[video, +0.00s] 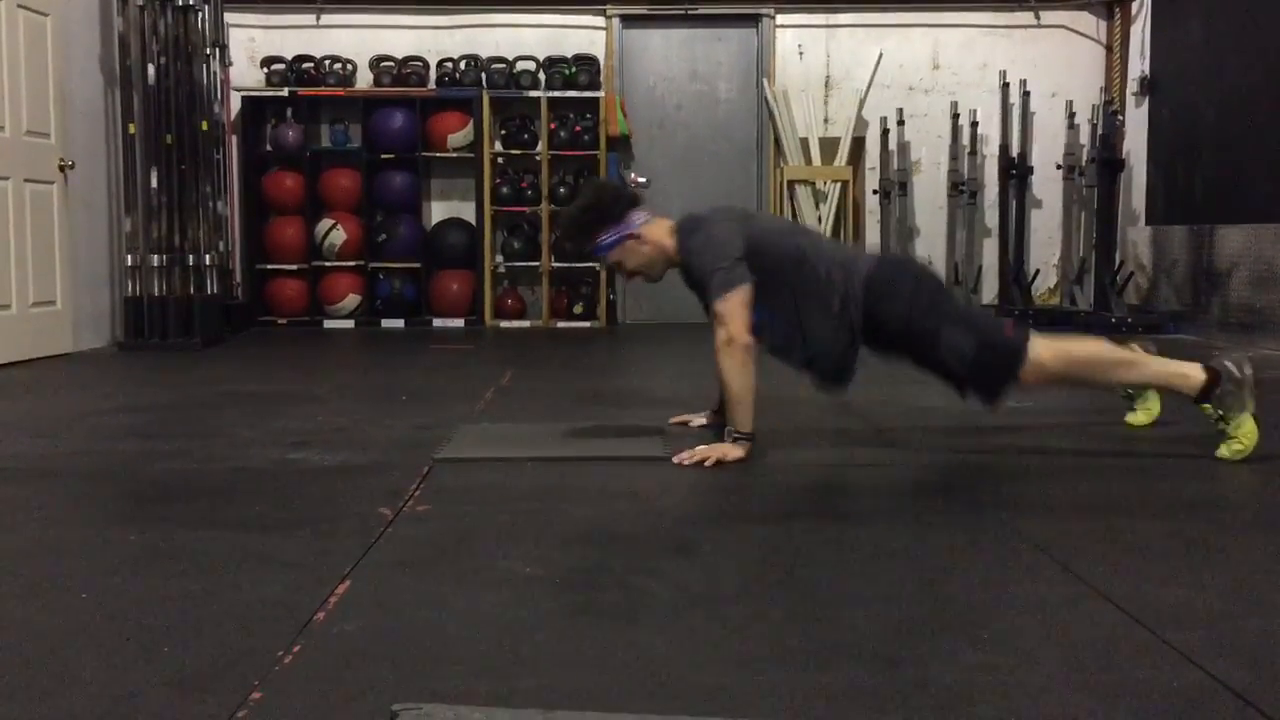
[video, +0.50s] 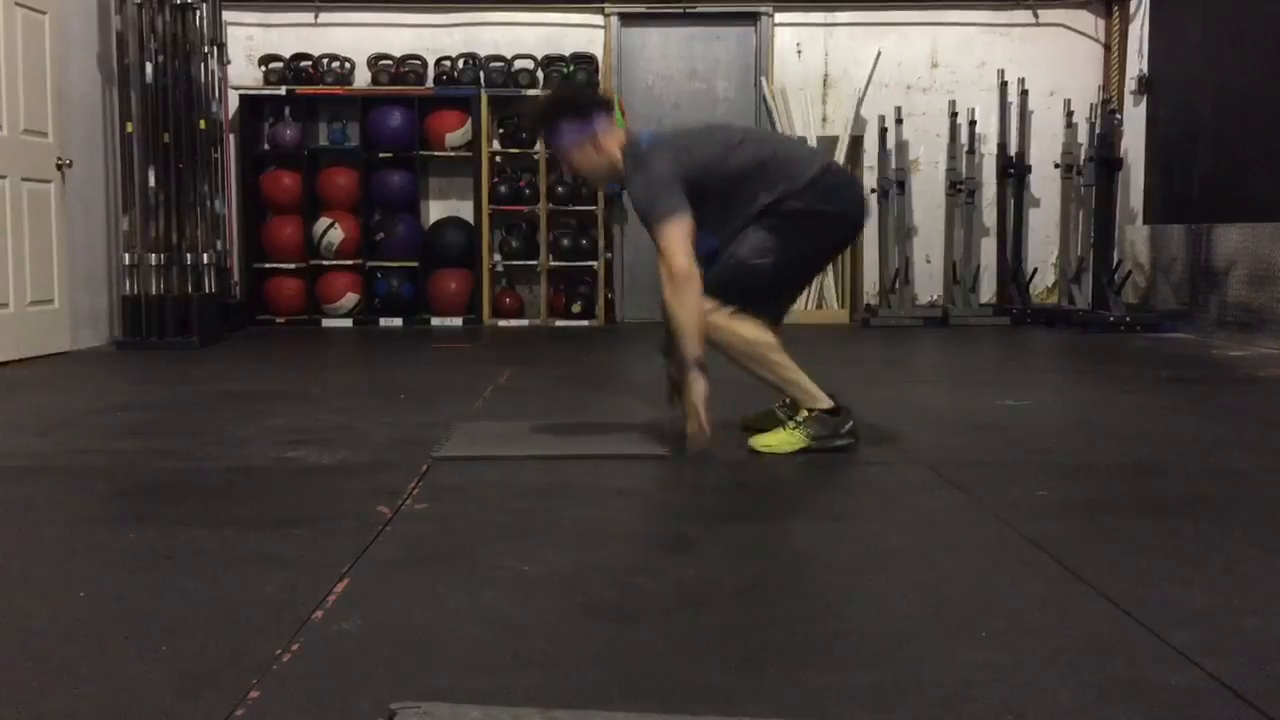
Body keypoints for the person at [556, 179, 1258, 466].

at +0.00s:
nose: (623, 272)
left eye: (615, 259)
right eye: (613, 264)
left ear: (632, 229)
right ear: (632, 232)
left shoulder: (710, 235)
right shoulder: (694, 246)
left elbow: (736, 338)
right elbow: (729, 338)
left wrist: (738, 439)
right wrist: (726, 417)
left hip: (883, 294)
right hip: (875, 303)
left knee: (1020, 357)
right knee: (1006, 349)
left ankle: (1197, 376)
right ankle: (1135, 360)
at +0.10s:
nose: (617, 287)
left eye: (609, 276)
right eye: (606, 283)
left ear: (622, 243)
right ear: (622, 249)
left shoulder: (683, 232)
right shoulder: (677, 240)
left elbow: (715, 338)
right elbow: (715, 336)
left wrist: (735, 435)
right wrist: (719, 411)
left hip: (870, 219)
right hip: (863, 253)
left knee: (987, 320)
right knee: (979, 324)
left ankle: (1148, 359)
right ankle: (1101, 357)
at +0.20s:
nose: (640, 289)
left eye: (629, 281)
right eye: (630, 286)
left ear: (636, 246)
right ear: (639, 241)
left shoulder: (697, 226)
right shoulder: (687, 226)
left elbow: (727, 333)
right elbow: (719, 322)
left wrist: (736, 437)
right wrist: (721, 407)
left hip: (861, 149)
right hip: (847, 162)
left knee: (874, 300)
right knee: (868, 301)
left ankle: (1024, 357)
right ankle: (1000, 350)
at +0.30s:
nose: (648, 277)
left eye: (638, 269)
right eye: (636, 275)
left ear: (646, 233)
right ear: (647, 223)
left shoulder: (706, 219)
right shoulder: (694, 214)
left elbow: (730, 332)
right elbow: (722, 322)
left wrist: (736, 435)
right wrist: (718, 410)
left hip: (859, 135)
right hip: (845, 134)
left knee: (780, 268)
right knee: (776, 265)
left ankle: (873, 383)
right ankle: (873, 375)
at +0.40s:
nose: (612, 242)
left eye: (603, 230)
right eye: (601, 235)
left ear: (616, 197)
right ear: (620, 190)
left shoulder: (681, 205)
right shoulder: (673, 199)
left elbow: (712, 312)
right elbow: (710, 305)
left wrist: (730, 417)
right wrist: (713, 400)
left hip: (851, 174)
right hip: (839, 172)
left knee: (743, 290)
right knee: (730, 284)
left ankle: (829, 418)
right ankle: (809, 402)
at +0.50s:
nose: (569, 168)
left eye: (570, 153)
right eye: (563, 157)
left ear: (600, 133)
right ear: (604, 131)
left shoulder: (651, 168)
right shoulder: (646, 161)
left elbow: (681, 268)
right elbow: (677, 264)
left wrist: (693, 367)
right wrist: (682, 353)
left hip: (820, 200)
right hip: (813, 198)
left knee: (708, 310)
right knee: (729, 308)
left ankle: (825, 414)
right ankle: (801, 402)